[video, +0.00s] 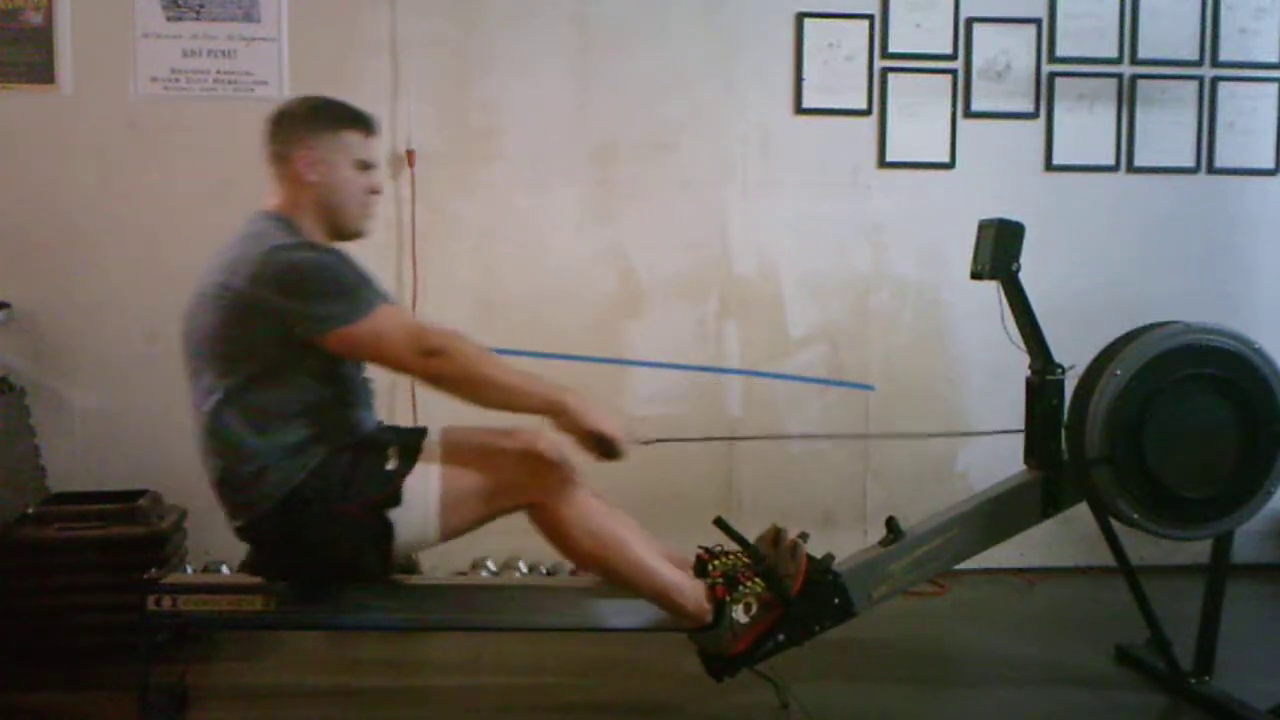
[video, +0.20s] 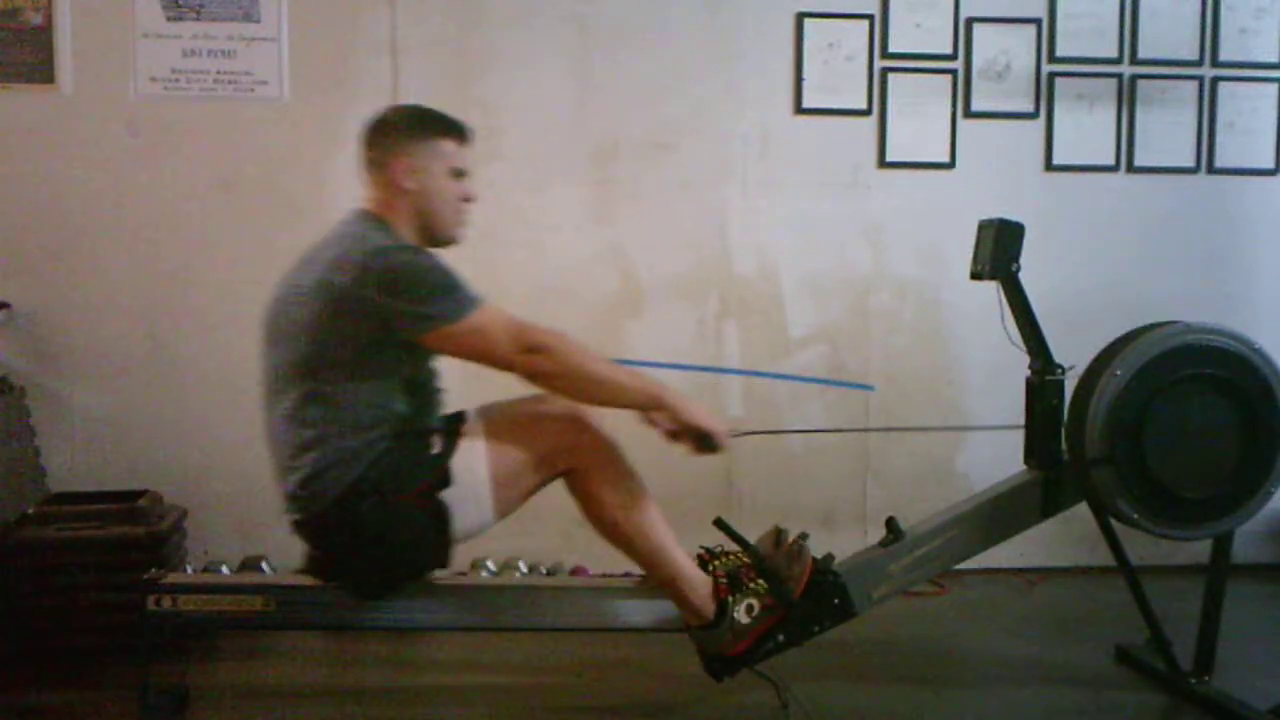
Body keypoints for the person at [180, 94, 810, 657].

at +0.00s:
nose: (378, 188)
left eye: (376, 169)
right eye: (362, 167)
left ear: (304, 172)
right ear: (302, 169)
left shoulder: (276, 255)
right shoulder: (288, 263)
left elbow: (424, 352)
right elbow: (429, 351)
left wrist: (554, 406)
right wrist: (560, 406)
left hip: (319, 488)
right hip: (315, 502)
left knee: (538, 461)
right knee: (538, 466)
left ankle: (703, 587)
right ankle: (708, 616)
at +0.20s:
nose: (470, 194)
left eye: (467, 178)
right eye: (455, 176)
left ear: (401, 177)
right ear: (401, 175)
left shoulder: (357, 258)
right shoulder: (379, 265)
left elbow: (522, 349)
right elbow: (528, 349)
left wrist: (652, 400)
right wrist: (661, 400)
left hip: (360, 502)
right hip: (369, 520)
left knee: (559, 416)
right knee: (572, 434)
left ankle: (699, 588)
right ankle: (710, 613)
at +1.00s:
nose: (663, 197)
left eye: (659, 181)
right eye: (650, 180)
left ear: (599, 191)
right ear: (601, 190)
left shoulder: (553, 256)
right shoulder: (591, 263)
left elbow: (729, 326)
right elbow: (742, 335)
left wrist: (844, 369)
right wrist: (880, 358)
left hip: (497, 501)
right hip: (524, 503)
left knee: (688, 366)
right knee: (700, 382)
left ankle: (705, 583)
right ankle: (712, 603)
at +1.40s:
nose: (322, 163)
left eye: (317, 147)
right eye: (302, 149)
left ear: (256, 166)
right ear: (244, 163)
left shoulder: (256, 252)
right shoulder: (254, 257)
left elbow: (405, 335)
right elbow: (404, 332)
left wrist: (534, 355)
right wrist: (539, 354)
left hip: (315, 484)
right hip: (311, 495)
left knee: (531, 460)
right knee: (532, 464)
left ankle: (704, 595)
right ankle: (709, 613)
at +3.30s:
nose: (702, 217)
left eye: (700, 201)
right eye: (691, 200)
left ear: (636, 203)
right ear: (646, 202)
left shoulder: (589, 266)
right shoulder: (633, 271)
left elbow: (764, 342)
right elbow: (786, 344)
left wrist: (878, 380)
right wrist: (926, 374)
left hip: (521, 516)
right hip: (551, 520)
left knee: (712, 372)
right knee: (722, 383)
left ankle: (704, 581)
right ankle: (713, 596)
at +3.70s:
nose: (563, 180)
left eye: (560, 164)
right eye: (549, 164)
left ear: (492, 171)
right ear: (496, 169)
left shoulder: (459, 249)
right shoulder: (490, 256)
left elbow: (629, 332)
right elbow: (646, 320)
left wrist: (742, 368)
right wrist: (783, 347)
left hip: (434, 503)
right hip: (461, 510)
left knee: (626, 386)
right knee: (640, 394)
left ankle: (697, 582)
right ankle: (712, 607)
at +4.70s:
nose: (220, 198)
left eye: (218, 183)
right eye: (203, 181)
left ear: (159, 189)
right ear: (139, 185)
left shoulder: (170, 286)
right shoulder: (118, 291)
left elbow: (191, 407)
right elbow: (137, 427)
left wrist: (299, 383)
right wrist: (283, 372)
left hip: (292, 474)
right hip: (270, 502)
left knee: (497, 504)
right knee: (490, 524)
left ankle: (706, 589)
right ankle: (708, 612)